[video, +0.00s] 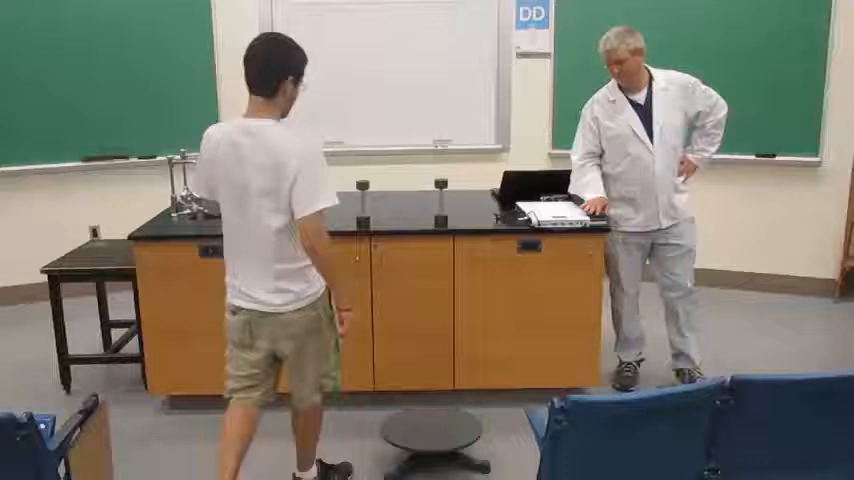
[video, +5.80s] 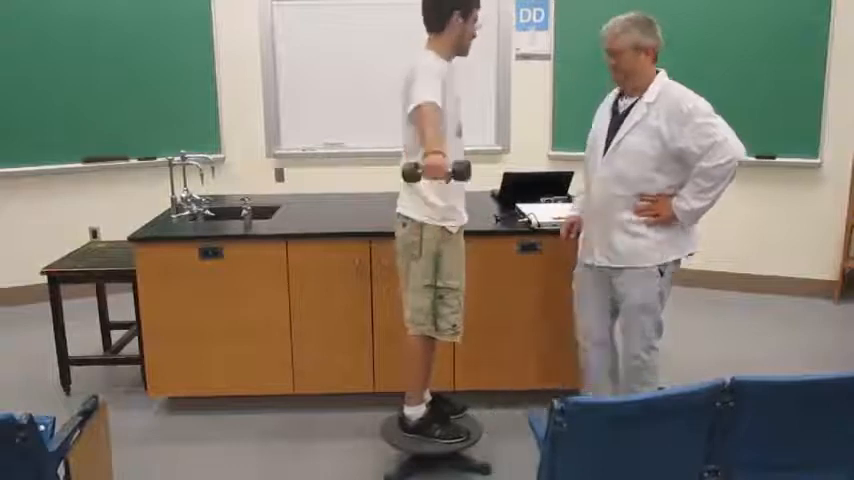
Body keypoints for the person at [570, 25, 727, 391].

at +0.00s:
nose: (613, 71)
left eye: (618, 63)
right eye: (609, 65)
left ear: (640, 56)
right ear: (606, 63)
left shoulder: (679, 87)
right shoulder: (598, 107)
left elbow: (716, 110)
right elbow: (585, 159)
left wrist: (698, 155)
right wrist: (594, 192)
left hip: (674, 215)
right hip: (624, 219)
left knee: (680, 291)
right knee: (623, 295)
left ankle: (686, 362)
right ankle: (628, 359)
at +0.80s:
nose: (652, 69)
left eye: (657, 61)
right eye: (649, 62)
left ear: (683, 55)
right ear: (656, 60)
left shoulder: (727, 95)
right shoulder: (644, 103)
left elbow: (779, 129)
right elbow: (623, 159)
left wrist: (739, 176)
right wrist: (605, 197)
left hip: (701, 229)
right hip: (649, 227)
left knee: (697, 314)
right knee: (636, 301)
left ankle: (697, 393)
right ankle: (634, 361)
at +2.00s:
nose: (611, 74)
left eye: (616, 65)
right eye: (609, 67)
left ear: (644, 58)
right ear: (637, 61)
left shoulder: (693, 97)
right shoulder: (619, 106)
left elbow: (751, 134)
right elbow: (613, 171)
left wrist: (712, 191)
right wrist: (594, 211)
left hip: (668, 243)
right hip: (625, 241)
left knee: (645, 336)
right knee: (628, 336)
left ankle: (653, 425)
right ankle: (635, 423)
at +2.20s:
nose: (600, 79)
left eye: (605, 70)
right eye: (598, 71)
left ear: (633, 61)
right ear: (627, 63)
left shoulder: (676, 99)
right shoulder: (615, 103)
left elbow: (732, 143)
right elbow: (618, 170)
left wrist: (692, 199)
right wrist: (593, 211)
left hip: (653, 246)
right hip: (612, 242)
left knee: (635, 343)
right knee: (608, 336)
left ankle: (633, 429)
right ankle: (612, 424)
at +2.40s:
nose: (591, 79)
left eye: (595, 70)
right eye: (588, 72)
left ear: (619, 60)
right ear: (614, 62)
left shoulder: (661, 94)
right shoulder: (613, 101)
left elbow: (711, 141)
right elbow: (624, 168)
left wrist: (677, 198)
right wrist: (594, 209)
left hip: (644, 245)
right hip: (602, 239)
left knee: (628, 340)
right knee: (582, 329)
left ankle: (623, 425)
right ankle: (564, 411)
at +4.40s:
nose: (589, 91)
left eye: (593, 82)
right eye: (586, 83)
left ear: (620, 71)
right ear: (606, 76)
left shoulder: (660, 110)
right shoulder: (601, 113)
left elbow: (713, 153)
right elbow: (594, 170)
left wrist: (672, 210)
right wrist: (582, 204)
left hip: (632, 256)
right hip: (587, 250)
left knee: (620, 355)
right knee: (561, 338)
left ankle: (617, 439)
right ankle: (528, 423)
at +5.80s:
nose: (610, 64)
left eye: (617, 55)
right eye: (608, 55)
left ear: (647, 53)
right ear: (607, 55)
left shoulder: (679, 104)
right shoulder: (609, 104)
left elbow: (726, 154)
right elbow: (596, 170)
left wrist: (681, 206)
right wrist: (580, 212)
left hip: (645, 252)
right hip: (595, 248)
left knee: (636, 350)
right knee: (592, 344)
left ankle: (638, 430)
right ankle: (595, 424)